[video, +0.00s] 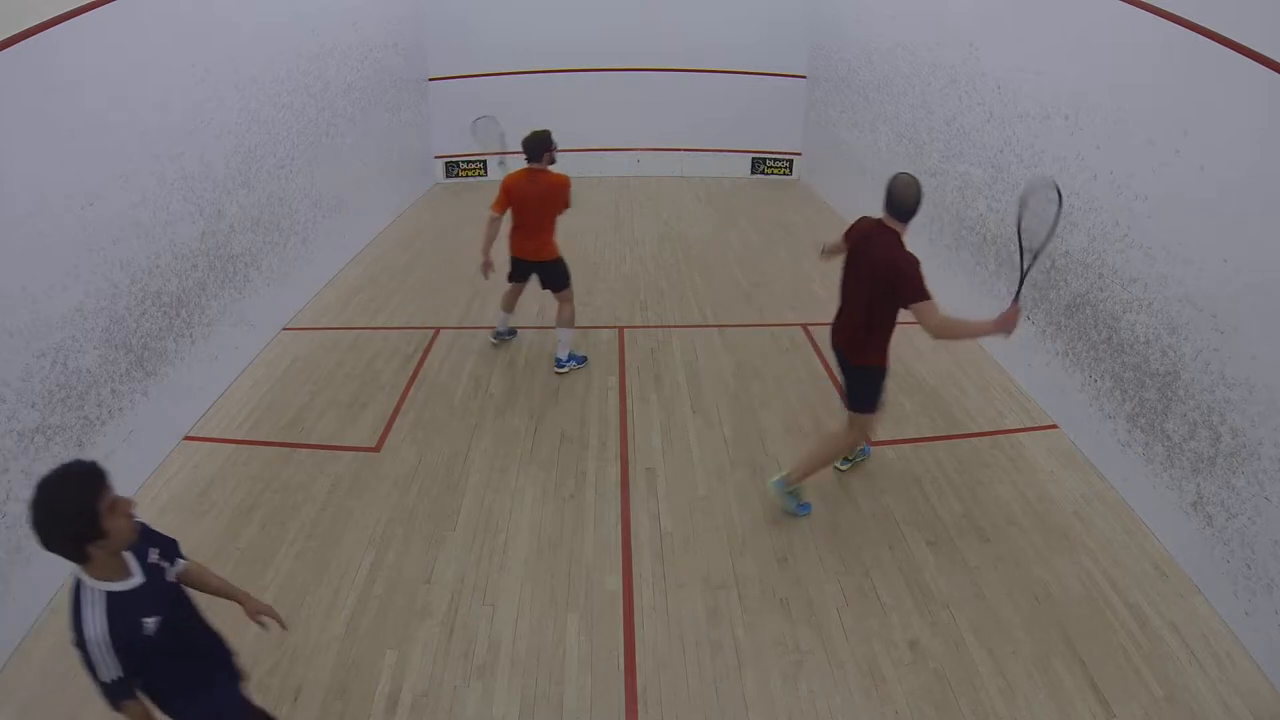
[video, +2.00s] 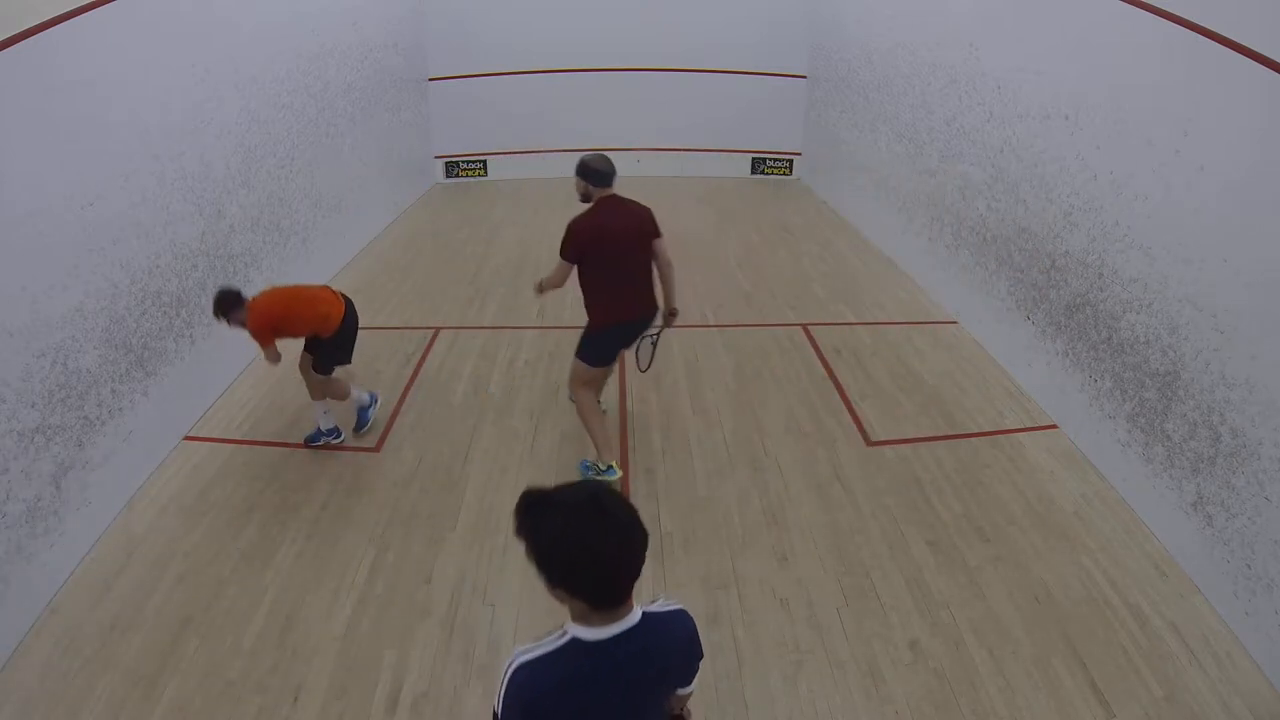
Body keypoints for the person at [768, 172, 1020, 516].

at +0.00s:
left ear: (885, 200)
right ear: (916, 210)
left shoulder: (864, 227)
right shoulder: (903, 263)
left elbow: (834, 248)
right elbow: (937, 326)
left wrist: (829, 249)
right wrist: (996, 326)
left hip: (842, 335)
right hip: (865, 355)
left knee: (860, 395)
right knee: (856, 429)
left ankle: (854, 449)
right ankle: (788, 482)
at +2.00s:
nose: (575, 186)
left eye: (577, 181)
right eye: (576, 180)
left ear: (586, 184)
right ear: (611, 181)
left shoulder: (581, 226)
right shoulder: (641, 213)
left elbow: (559, 278)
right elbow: (664, 261)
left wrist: (543, 285)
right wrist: (670, 305)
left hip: (607, 322)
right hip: (643, 313)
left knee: (582, 389)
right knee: (607, 352)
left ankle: (607, 462)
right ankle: (590, 396)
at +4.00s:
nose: (621, 215)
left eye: (625, 210)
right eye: (616, 210)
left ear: (639, 198)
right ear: (611, 201)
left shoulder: (664, 188)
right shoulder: (612, 223)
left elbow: (693, 203)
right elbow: (616, 267)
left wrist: (713, 233)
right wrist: (614, 316)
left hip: (677, 270)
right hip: (642, 276)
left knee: (684, 329)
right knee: (637, 325)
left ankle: (692, 393)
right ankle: (637, 375)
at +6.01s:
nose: (832, 163)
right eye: (836, 158)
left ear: (810, 157)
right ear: (837, 160)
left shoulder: (789, 189)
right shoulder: (843, 199)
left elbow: (777, 238)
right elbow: (857, 255)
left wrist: (791, 255)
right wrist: (864, 287)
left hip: (784, 286)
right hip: (821, 290)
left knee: (782, 351)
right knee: (819, 351)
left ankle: (776, 416)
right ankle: (818, 405)